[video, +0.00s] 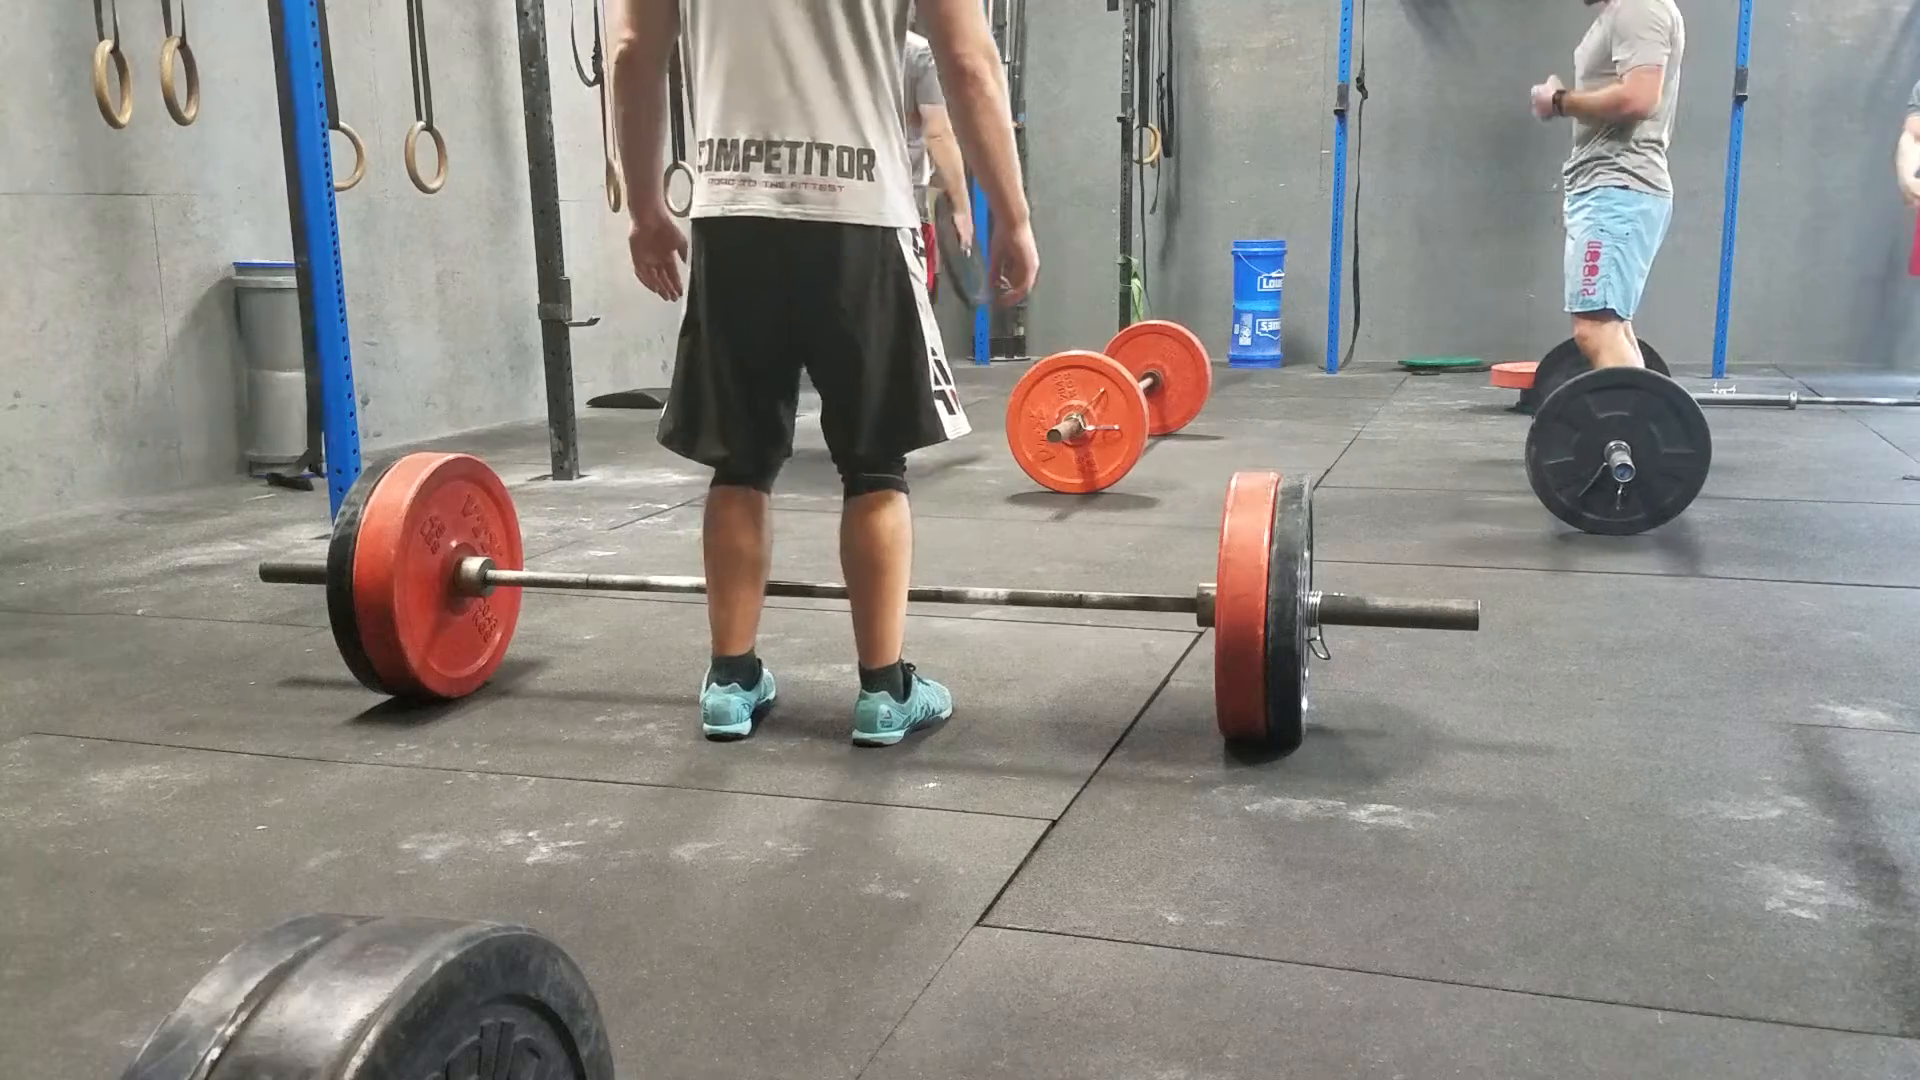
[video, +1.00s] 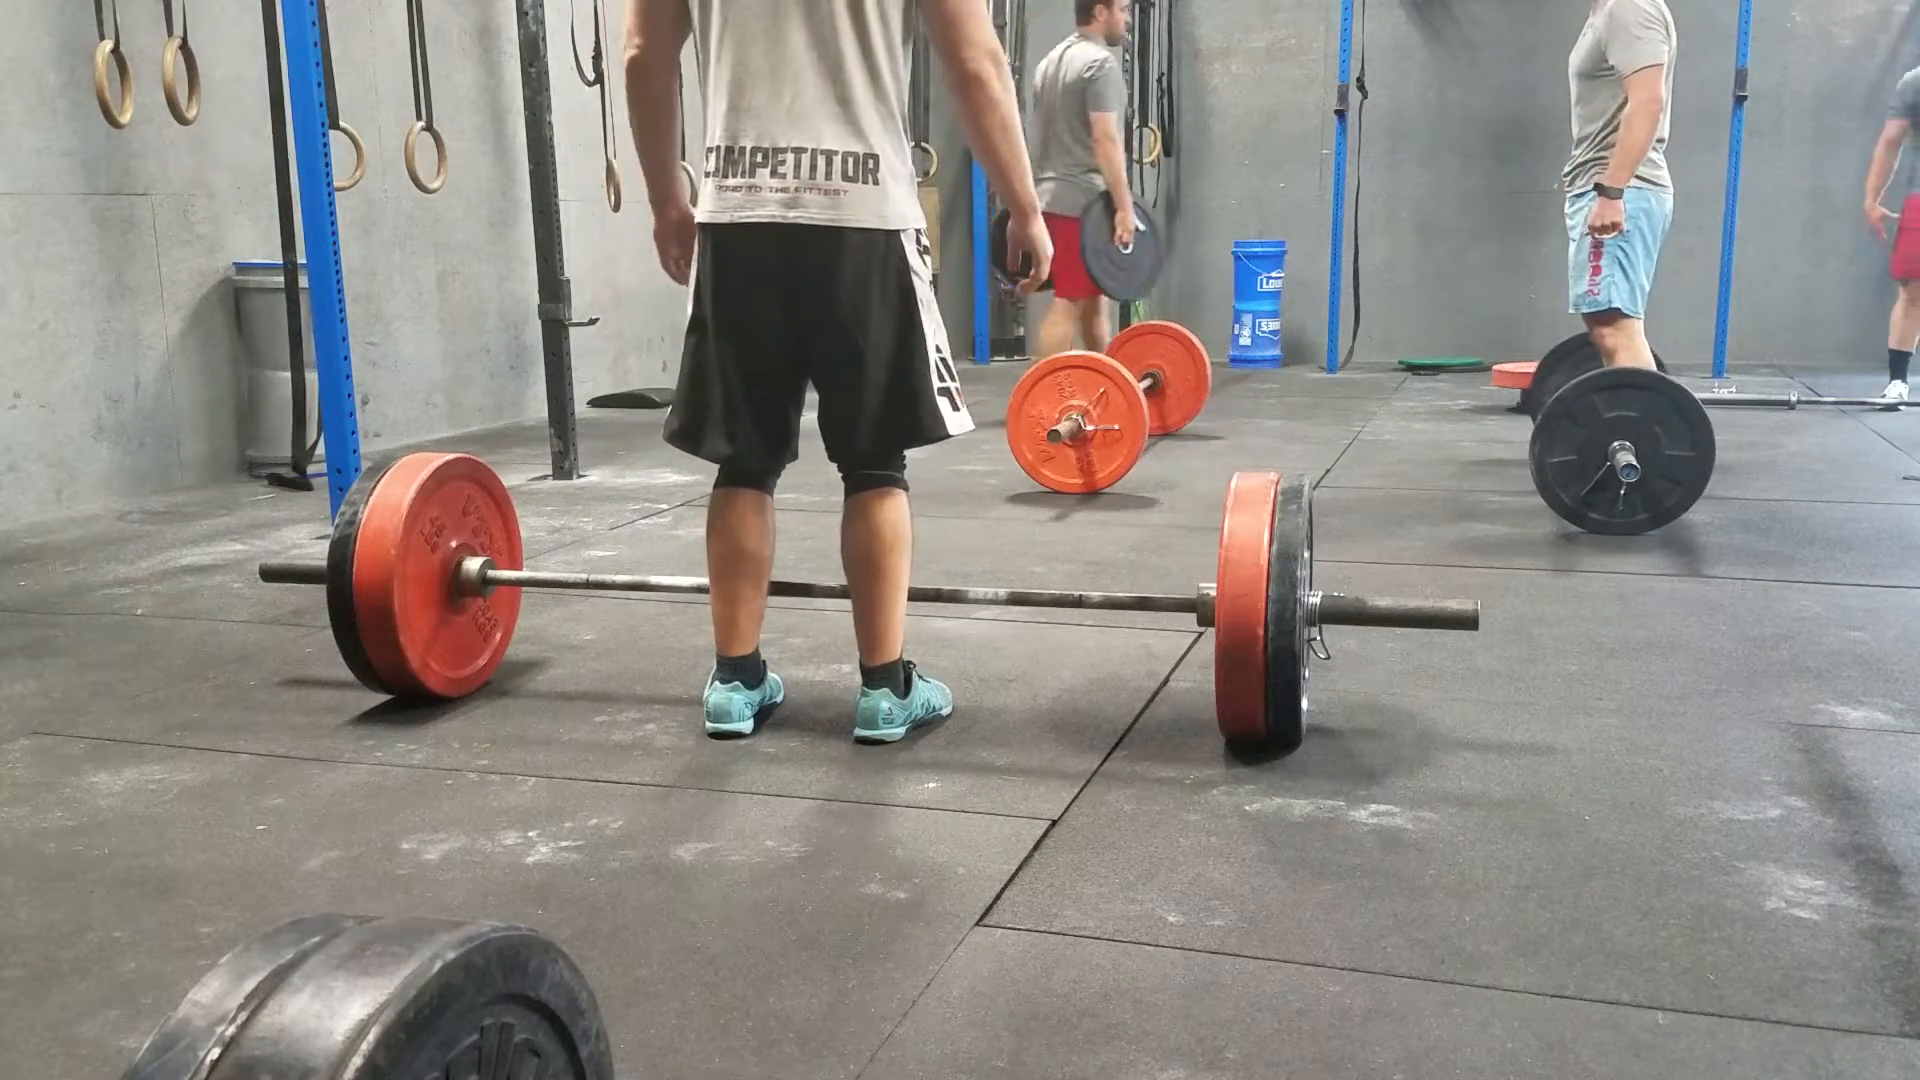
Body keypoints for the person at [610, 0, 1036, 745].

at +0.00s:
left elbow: (635, 49)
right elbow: (967, 60)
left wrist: (646, 206)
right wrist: (1011, 217)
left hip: (732, 216)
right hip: (860, 217)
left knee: (738, 464)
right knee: (875, 468)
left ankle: (729, 682)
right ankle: (884, 689)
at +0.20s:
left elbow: (619, 56)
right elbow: (947, 57)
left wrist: (634, 214)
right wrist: (1001, 203)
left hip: (715, 218)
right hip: (843, 218)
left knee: (729, 464)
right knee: (871, 463)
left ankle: (730, 681)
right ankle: (884, 686)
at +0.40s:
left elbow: (608, 58)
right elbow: (931, 58)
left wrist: (607, 218)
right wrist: (983, 207)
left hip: (710, 219)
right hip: (836, 219)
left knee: (728, 464)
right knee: (870, 461)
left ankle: (728, 681)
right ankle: (883, 684)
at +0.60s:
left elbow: (628, 53)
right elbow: (950, 57)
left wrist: (612, 209)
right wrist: (988, 218)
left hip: (728, 215)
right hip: (855, 216)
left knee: (737, 463)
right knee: (873, 464)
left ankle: (729, 681)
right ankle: (885, 685)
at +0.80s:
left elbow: (648, 55)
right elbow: (975, 63)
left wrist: (658, 204)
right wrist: (1016, 220)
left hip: (743, 217)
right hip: (867, 220)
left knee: (745, 461)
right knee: (878, 467)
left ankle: (734, 680)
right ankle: (884, 686)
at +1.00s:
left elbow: (645, 51)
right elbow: (974, 61)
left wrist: (666, 200)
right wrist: (1025, 207)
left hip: (738, 214)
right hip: (864, 217)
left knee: (743, 461)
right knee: (875, 465)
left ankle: (734, 680)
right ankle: (884, 686)